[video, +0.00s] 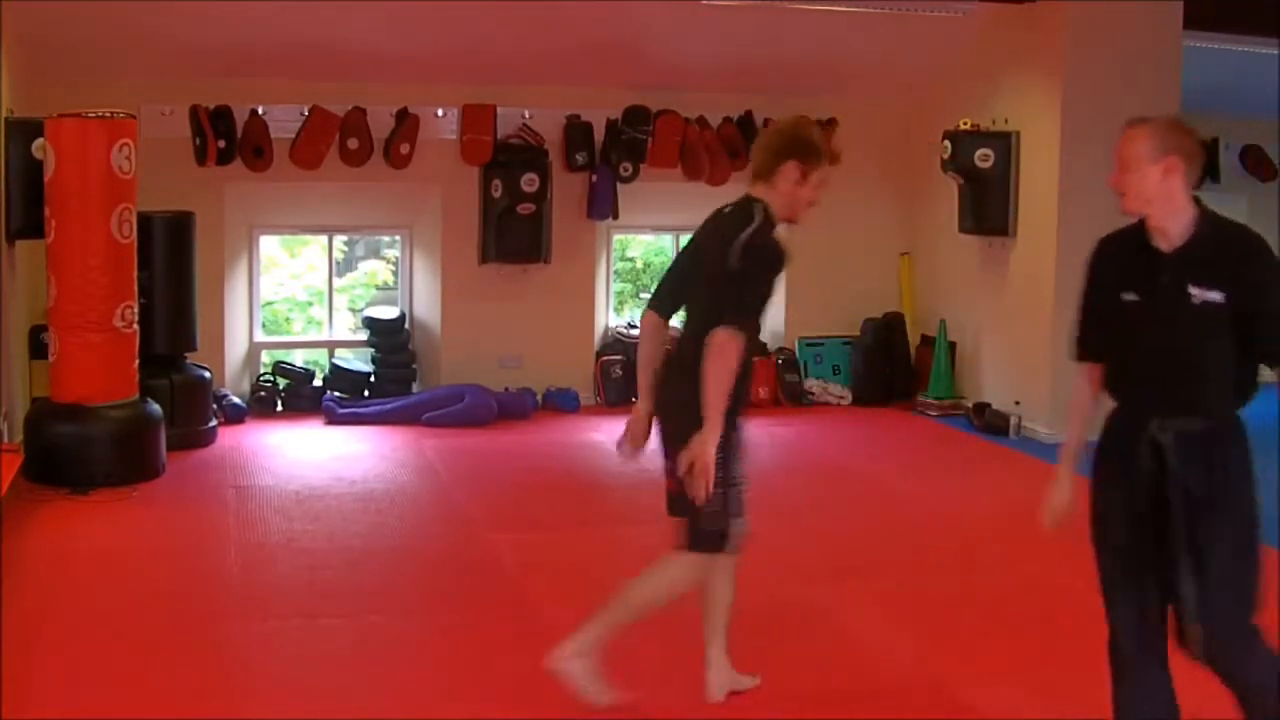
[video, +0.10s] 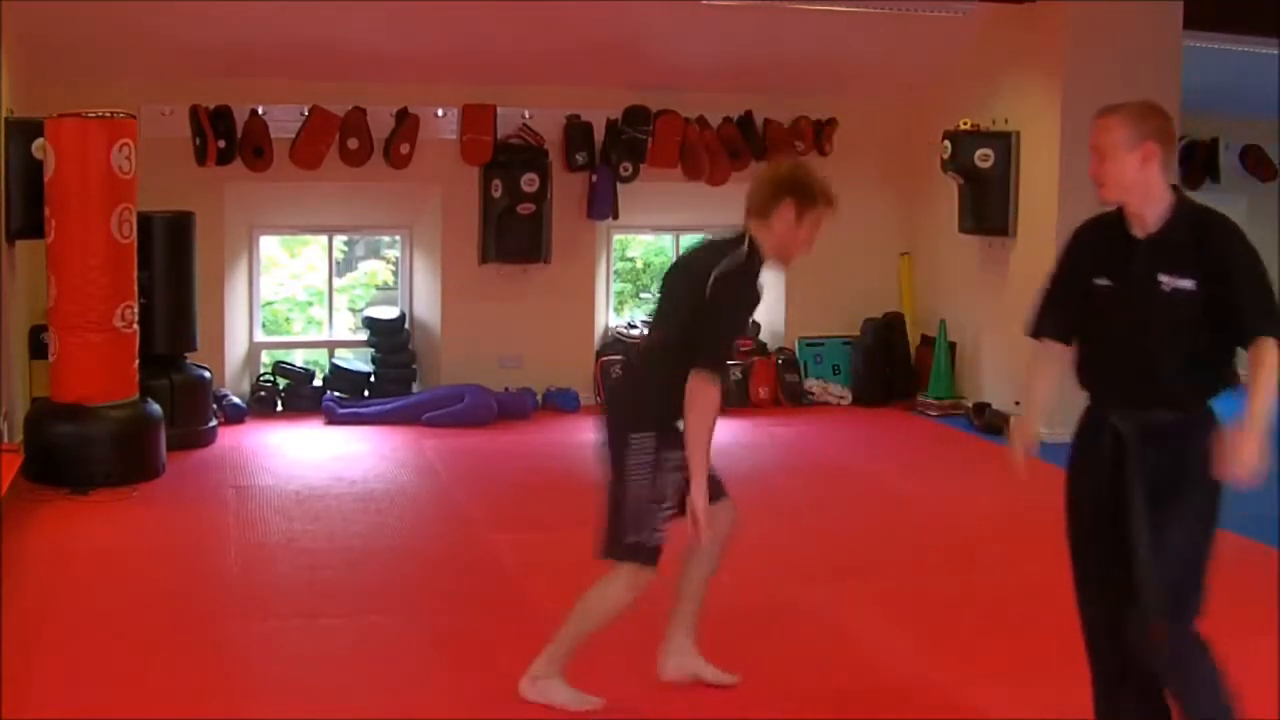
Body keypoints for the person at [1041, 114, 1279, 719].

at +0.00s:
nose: (1115, 179)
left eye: (1127, 166)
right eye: (1116, 166)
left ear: (1171, 171)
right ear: (1159, 174)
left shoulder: (1243, 252)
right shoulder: (1113, 254)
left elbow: (1266, 361)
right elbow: (1091, 370)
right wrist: (1066, 468)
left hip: (1212, 456)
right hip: (1128, 453)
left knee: (1215, 629)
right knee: (1133, 635)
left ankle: (1269, 700)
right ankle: (1147, 716)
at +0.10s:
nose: (1093, 168)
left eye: (1104, 155)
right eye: (1092, 155)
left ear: (1150, 157)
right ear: (1126, 160)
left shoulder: (1215, 239)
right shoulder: (1092, 239)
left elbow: (1264, 340)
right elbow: (1055, 338)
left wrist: (1252, 431)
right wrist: (1030, 414)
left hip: (1184, 444)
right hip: (1102, 441)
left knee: (1160, 622)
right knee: (1105, 622)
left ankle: (1214, 711)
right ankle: (1127, 713)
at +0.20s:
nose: (1063, 173)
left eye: (1074, 159)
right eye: (1062, 160)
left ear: (1121, 161)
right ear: (1111, 163)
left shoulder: (1184, 242)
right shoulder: (1069, 241)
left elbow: (1228, 339)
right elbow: (1026, 317)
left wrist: (1179, 395)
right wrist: (1001, 354)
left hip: (1148, 444)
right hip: (1077, 441)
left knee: (1115, 608)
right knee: (1075, 609)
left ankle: (1139, 712)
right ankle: (1093, 711)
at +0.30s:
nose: (1028, 190)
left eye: (1038, 174)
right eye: (1027, 175)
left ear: (1084, 173)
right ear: (1076, 175)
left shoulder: (1146, 252)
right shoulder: (1042, 251)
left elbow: (1184, 352)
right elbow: (995, 324)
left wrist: (1109, 395)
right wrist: (976, 328)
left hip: (1114, 452)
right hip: (1046, 448)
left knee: (1082, 606)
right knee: (1051, 599)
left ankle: (1064, 708)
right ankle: (1119, 706)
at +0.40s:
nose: (984, 197)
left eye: (997, 181)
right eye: (983, 182)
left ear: (1044, 180)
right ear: (1034, 183)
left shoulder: (1104, 265)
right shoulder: (1007, 259)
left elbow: (1121, 380)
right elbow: (940, 358)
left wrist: (1036, 444)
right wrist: (937, 331)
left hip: (1065, 468)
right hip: (1007, 464)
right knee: (1054, 639)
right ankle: (1110, 713)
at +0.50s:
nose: (942, 192)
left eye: (953, 176)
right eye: (942, 177)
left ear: (998, 174)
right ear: (988, 177)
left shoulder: (1053, 268)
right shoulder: (967, 257)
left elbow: (1038, 409)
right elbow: (928, 342)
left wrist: (949, 515)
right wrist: (902, 372)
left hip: (1011, 473)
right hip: (951, 462)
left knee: (955, 647)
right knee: (947, 634)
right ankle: (1054, 710)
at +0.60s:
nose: (888, 179)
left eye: (898, 163)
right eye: (889, 163)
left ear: (937, 162)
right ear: (931, 165)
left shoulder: (993, 255)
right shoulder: (931, 249)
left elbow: (958, 405)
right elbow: (912, 369)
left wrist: (880, 518)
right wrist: (852, 454)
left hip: (963, 460)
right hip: (914, 449)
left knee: (930, 630)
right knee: (901, 618)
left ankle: (928, 705)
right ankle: (936, 702)